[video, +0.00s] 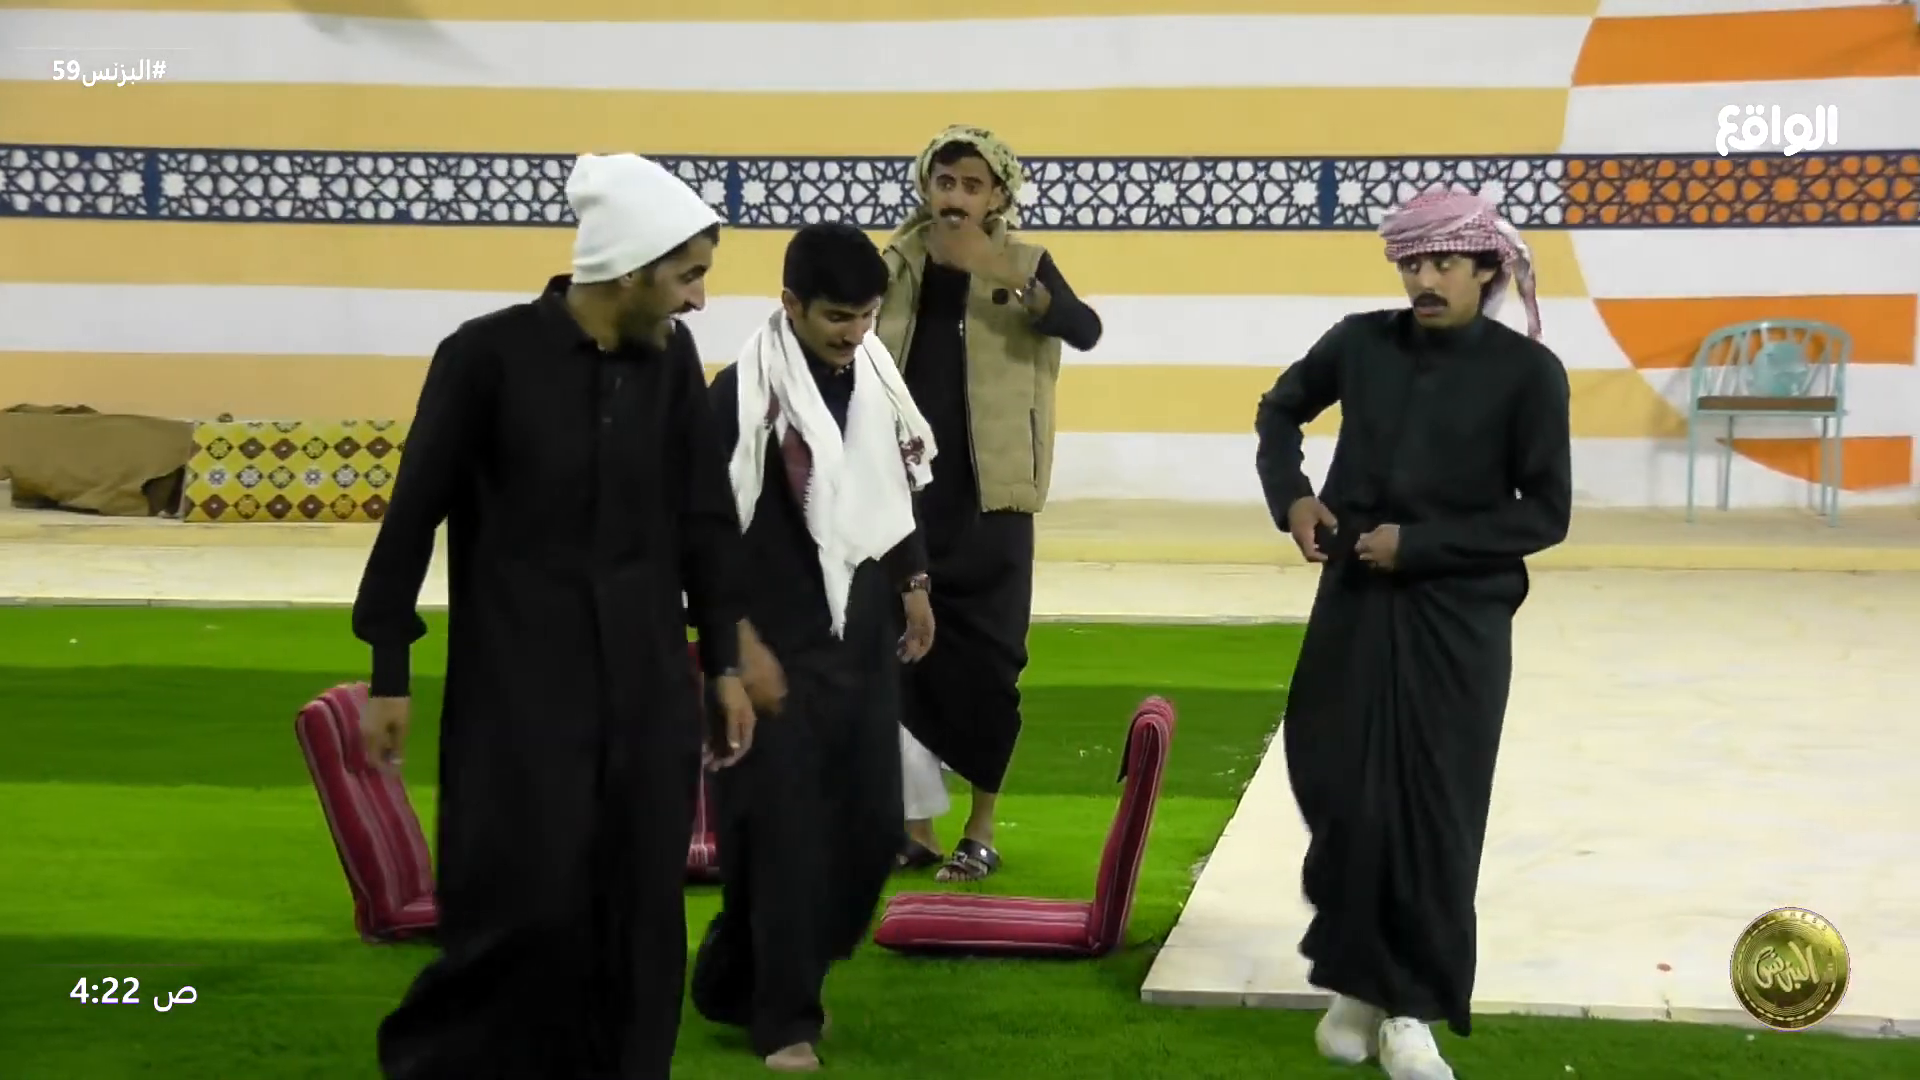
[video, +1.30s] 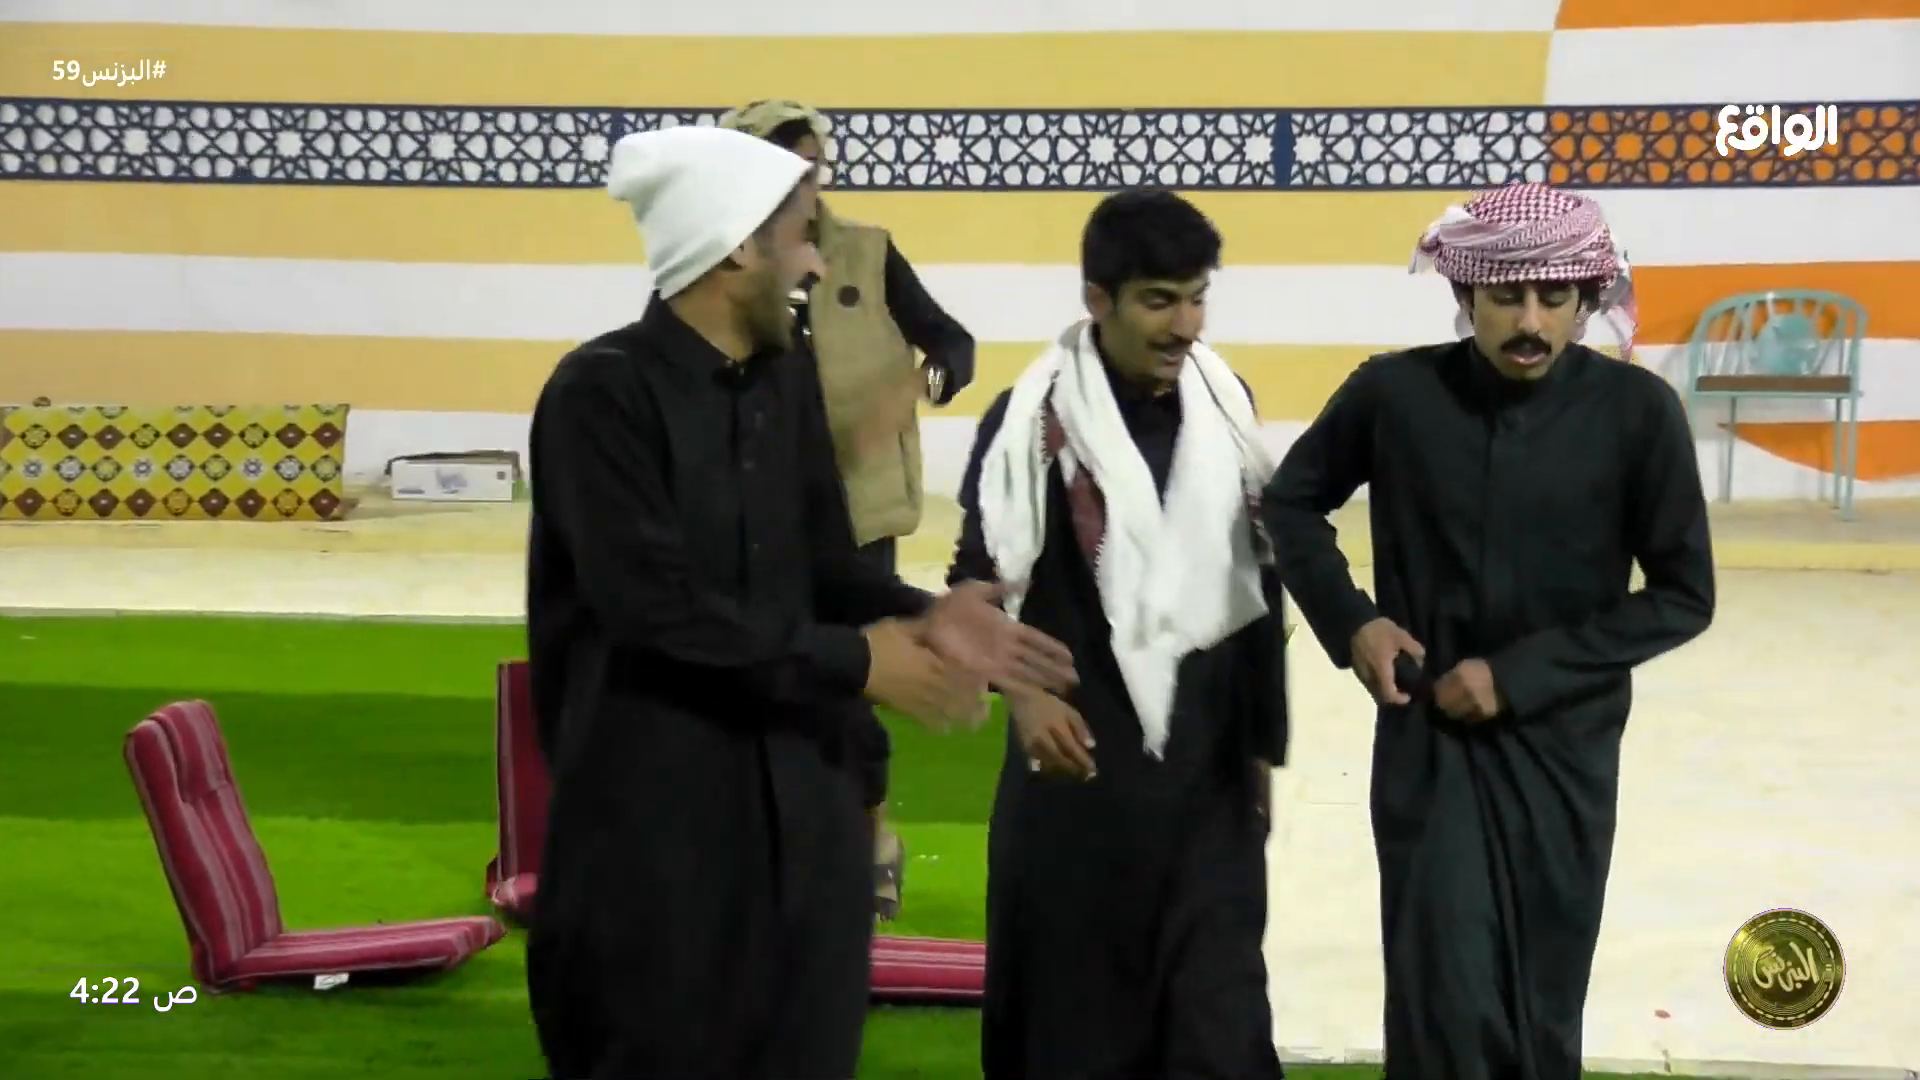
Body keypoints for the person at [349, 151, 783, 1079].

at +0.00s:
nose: (702, 289)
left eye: (705, 270)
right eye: (688, 271)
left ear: (635, 267)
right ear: (625, 268)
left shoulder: (670, 359)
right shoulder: (483, 358)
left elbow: (705, 519)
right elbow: (410, 519)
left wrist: (725, 662)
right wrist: (387, 677)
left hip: (644, 697)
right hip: (515, 698)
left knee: (637, 941)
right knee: (514, 934)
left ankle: (627, 1069)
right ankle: (432, 1057)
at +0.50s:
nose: (683, 276)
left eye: (681, 253)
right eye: (671, 254)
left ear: (615, 264)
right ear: (615, 263)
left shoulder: (651, 366)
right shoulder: (489, 390)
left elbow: (708, 511)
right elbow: (435, 579)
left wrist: (777, 638)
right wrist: (438, 752)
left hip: (673, 720)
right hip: (560, 731)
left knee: (660, 969)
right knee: (607, 974)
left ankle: (620, 1073)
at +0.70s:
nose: (663, 237)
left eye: (657, 218)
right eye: (651, 221)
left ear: (592, 247)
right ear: (610, 246)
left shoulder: (596, 363)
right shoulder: (495, 379)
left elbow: (643, 531)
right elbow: (471, 591)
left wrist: (746, 640)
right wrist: (510, 771)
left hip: (674, 734)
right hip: (580, 749)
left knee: (755, 946)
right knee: (592, 1009)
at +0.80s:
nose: (654, 237)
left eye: (650, 216)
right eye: (645, 218)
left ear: (582, 238)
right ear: (606, 237)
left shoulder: (573, 362)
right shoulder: (504, 372)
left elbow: (627, 554)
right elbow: (538, 590)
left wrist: (733, 646)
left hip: (650, 735)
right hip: (565, 767)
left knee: (787, 945)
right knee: (596, 1012)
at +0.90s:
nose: (661, 238)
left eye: (656, 214)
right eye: (651, 216)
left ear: (590, 240)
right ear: (608, 237)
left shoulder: (578, 363)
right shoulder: (517, 374)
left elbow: (639, 566)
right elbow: (581, 592)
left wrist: (742, 646)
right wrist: (731, 672)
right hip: (575, 805)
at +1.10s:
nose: (715, 254)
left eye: (710, 229)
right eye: (704, 228)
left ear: (639, 250)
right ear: (658, 245)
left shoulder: (655, 372)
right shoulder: (552, 387)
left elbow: (693, 546)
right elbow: (635, 592)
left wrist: (850, 603)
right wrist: (840, 605)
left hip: (691, 799)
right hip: (593, 817)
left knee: (736, 1030)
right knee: (598, 1042)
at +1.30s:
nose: (818, 268)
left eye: (816, 238)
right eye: (802, 239)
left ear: (738, 253)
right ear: (732, 250)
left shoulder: (787, 383)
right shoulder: (598, 394)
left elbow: (829, 567)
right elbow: (654, 617)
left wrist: (931, 610)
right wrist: (861, 660)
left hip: (799, 849)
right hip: (650, 857)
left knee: (803, 1059)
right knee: (654, 1059)